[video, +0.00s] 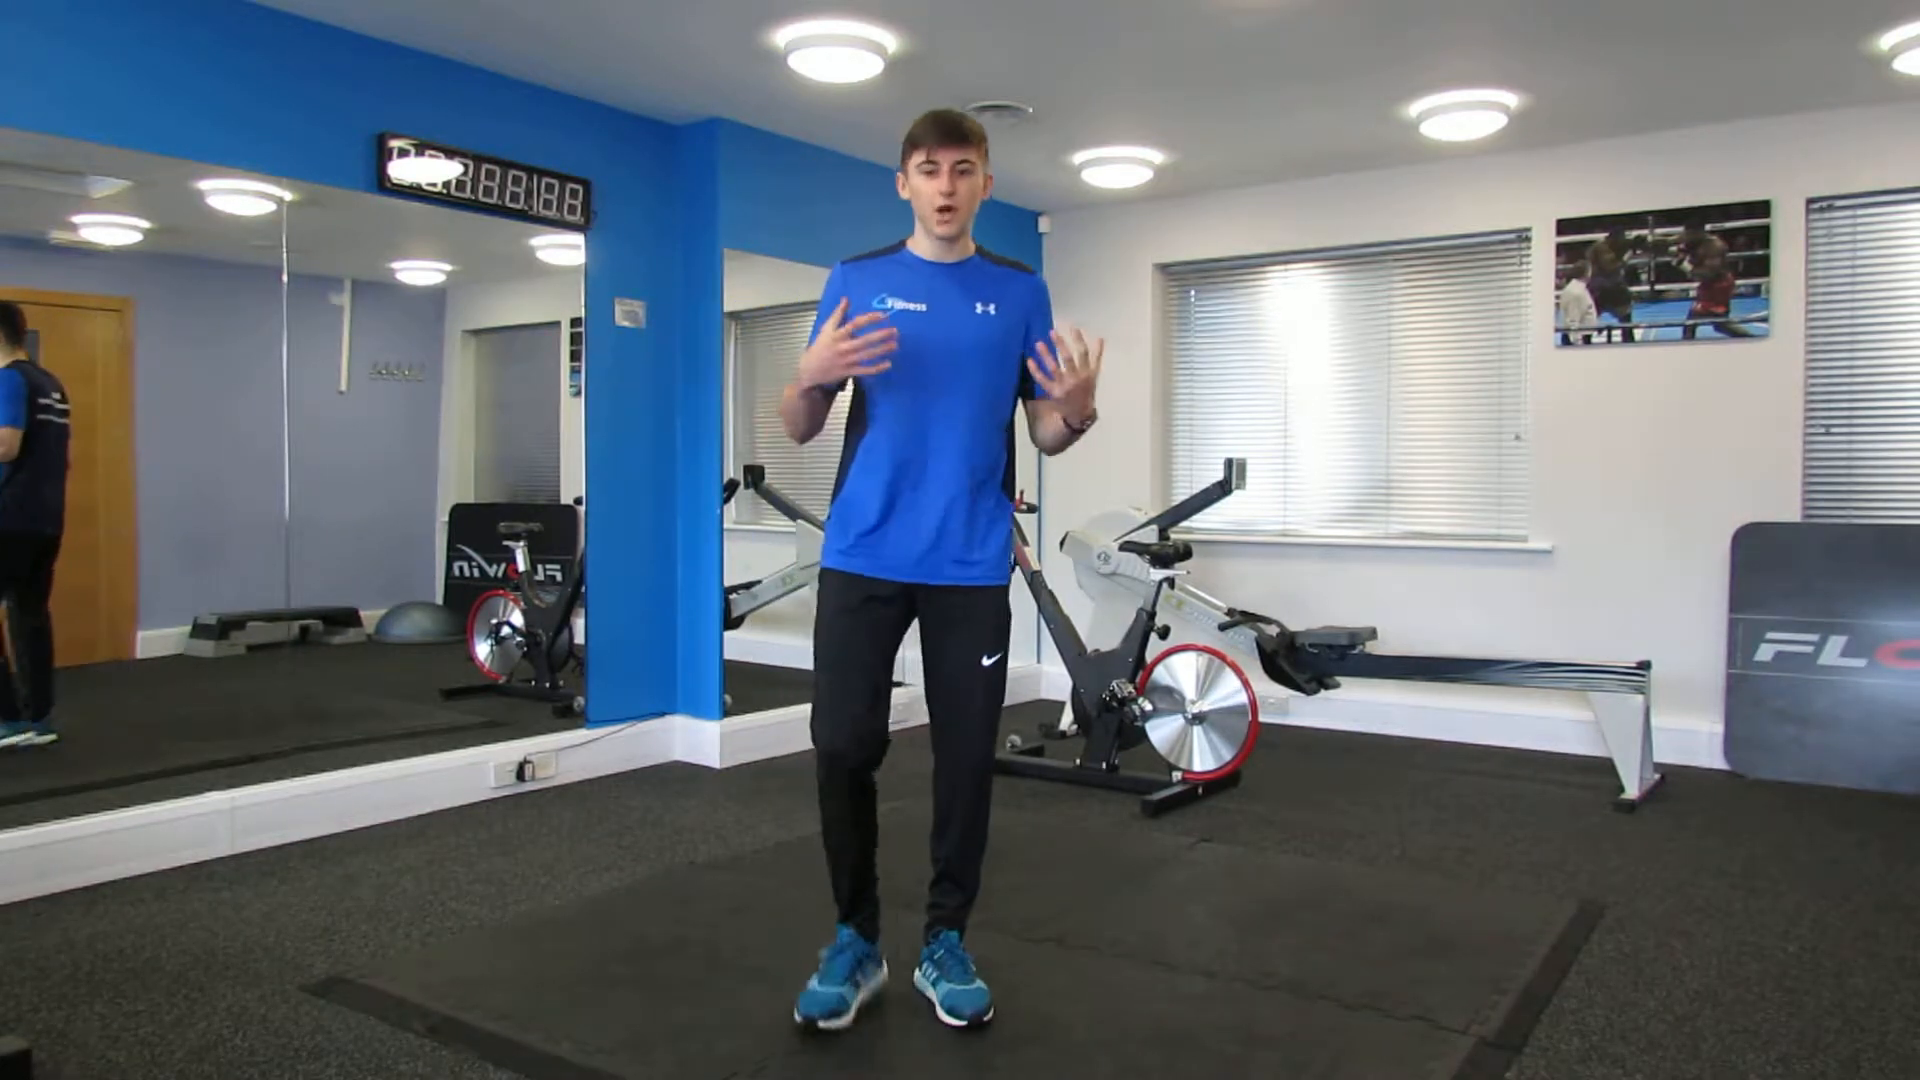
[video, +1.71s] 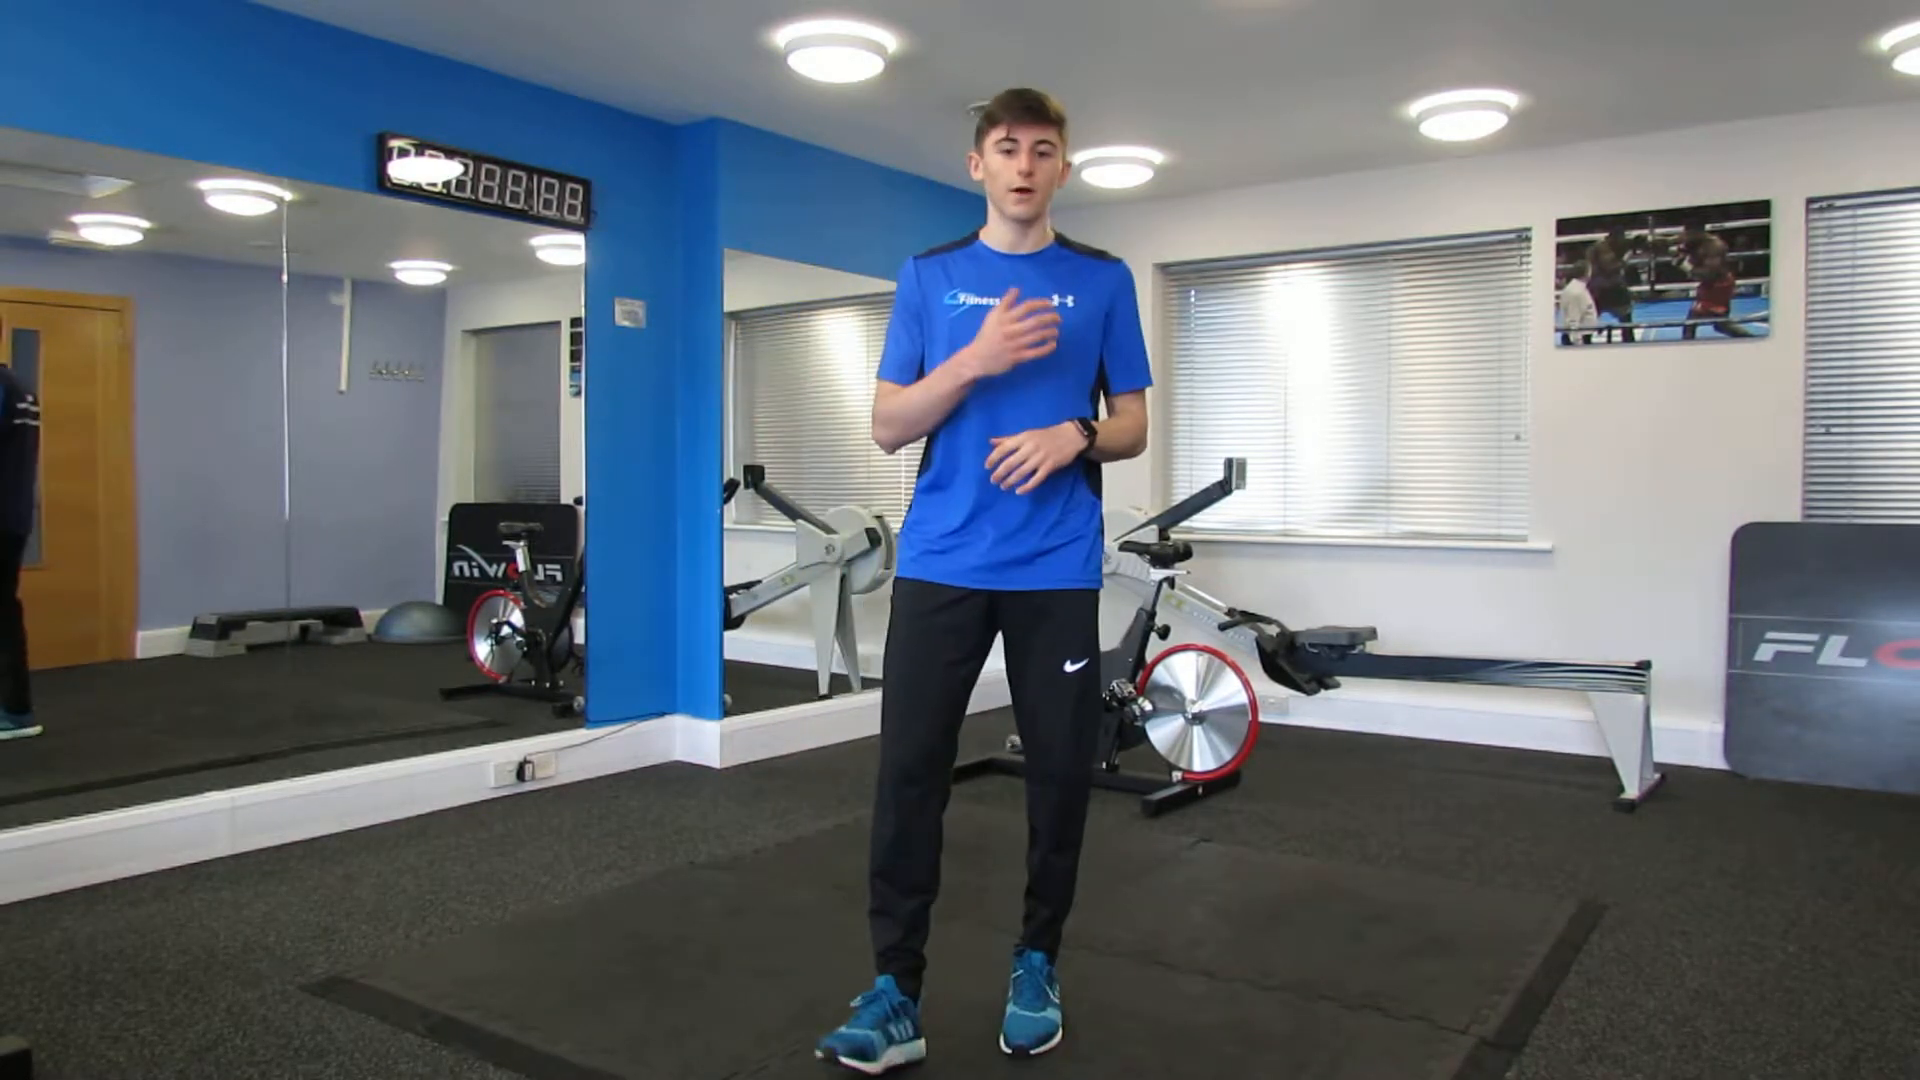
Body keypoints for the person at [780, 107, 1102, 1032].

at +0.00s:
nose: (946, 186)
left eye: (962, 171)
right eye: (929, 171)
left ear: (984, 183)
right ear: (904, 184)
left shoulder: (1020, 292)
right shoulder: (856, 282)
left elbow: (1047, 434)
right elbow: (799, 428)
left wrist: (1077, 402)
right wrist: (812, 377)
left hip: (973, 557)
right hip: (864, 548)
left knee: (968, 755)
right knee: (843, 746)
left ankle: (946, 941)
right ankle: (855, 939)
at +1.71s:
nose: (1026, 164)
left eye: (1042, 151)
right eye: (1009, 149)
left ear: (1065, 170)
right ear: (978, 165)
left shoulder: (1105, 281)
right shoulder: (927, 278)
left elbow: (1134, 424)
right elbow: (888, 428)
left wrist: (1075, 435)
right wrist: (974, 356)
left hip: (1056, 563)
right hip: (941, 557)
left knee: (1059, 770)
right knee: (909, 769)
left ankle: (1039, 960)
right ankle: (895, 987)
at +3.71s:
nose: (1045, 197)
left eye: (1061, 184)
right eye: (1029, 183)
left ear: (1080, 201)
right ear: (1002, 196)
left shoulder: (1115, 302)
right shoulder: (953, 300)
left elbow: (1150, 433)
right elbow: (905, 434)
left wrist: (1072, 423)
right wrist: (988, 411)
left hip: (1073, 565)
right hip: (970, 560)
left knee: (1074, 746)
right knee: (945, 737)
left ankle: (1046, 910)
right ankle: (963, 879)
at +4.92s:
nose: (973, 134)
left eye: (992, 114)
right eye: (955, 121)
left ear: (1032, 126)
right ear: (937, 141)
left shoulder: (1099, 243)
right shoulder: (914, 271)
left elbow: (1147, 413)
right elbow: (881, 441)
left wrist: (1006, 407)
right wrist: (904, 402)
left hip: (1041, 571)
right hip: (928, 570)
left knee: (1044, 799)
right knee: (915, 792)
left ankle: (1160, 991)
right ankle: (936, 1004)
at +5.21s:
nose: (1006, 136)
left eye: (1024, 108)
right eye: (994, 122)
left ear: (1085, 110)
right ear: (992, 142)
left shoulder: (1162, 233)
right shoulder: (1017, 266)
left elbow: (1224, 410)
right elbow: (1024, 432)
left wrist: (1055, 428)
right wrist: (958, 391)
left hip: (1122, 593)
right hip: (1019, 586)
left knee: (1141, 827)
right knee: (969, 800)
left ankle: (1210, 1044)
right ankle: (960, 1007)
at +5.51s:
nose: (1037, 139)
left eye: (1052, 113)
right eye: (1033, 120)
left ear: (1119, 110)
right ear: (1089, 123)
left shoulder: (1205, 228)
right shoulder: (1093, 247)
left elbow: (1255, 408)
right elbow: (1133, 400)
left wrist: (1088, 429)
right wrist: (1053, 389)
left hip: (1194, 583)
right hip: (1110, 574)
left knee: (1192, 815)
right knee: (1090, 792)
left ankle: (1219, 1039)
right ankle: (1044, 990)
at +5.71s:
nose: (1078, 147)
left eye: (1093, 122)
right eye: (1072, 129)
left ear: (1159, 116)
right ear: (1101, 134)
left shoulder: (1235, 231)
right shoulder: (1122, 251)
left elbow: (1250, 419)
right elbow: (1143, 405)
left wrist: (1093, 410)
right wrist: (1083, 373)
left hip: (1219, 580)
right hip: (1138, 570)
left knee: (1211, 812)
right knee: (1125, 759)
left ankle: (1228, 1041)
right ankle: (1186, 948)